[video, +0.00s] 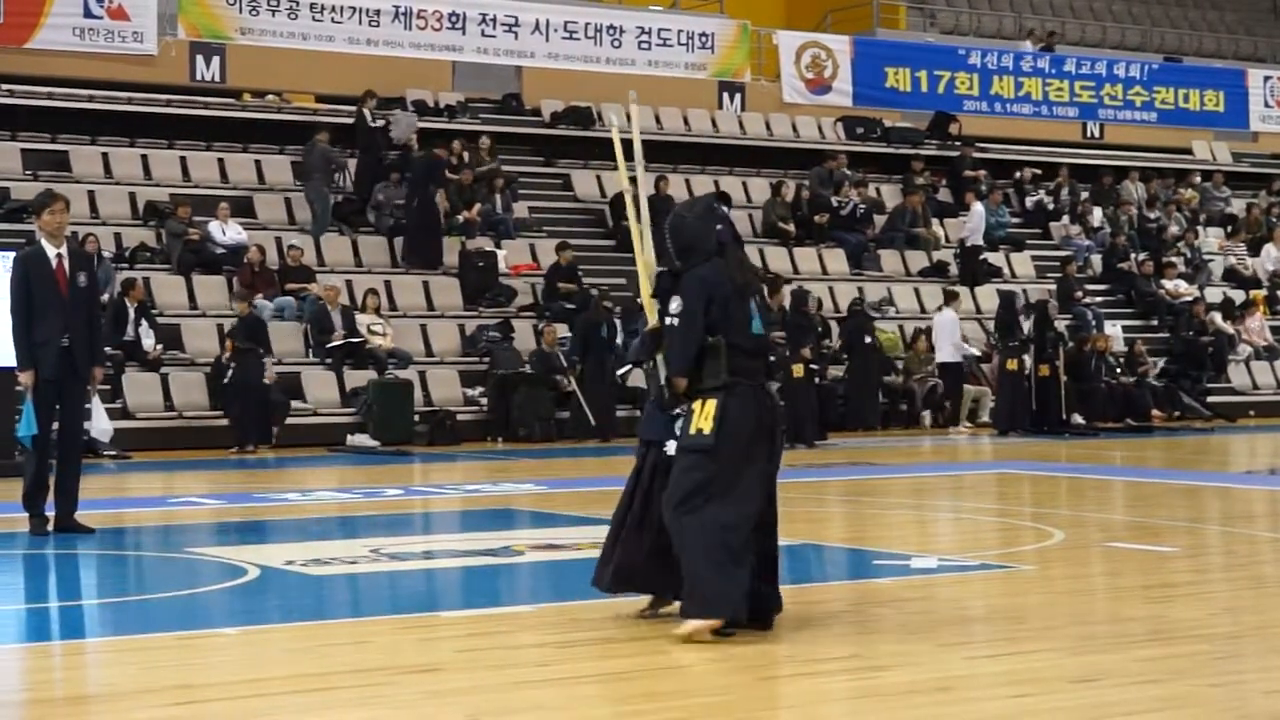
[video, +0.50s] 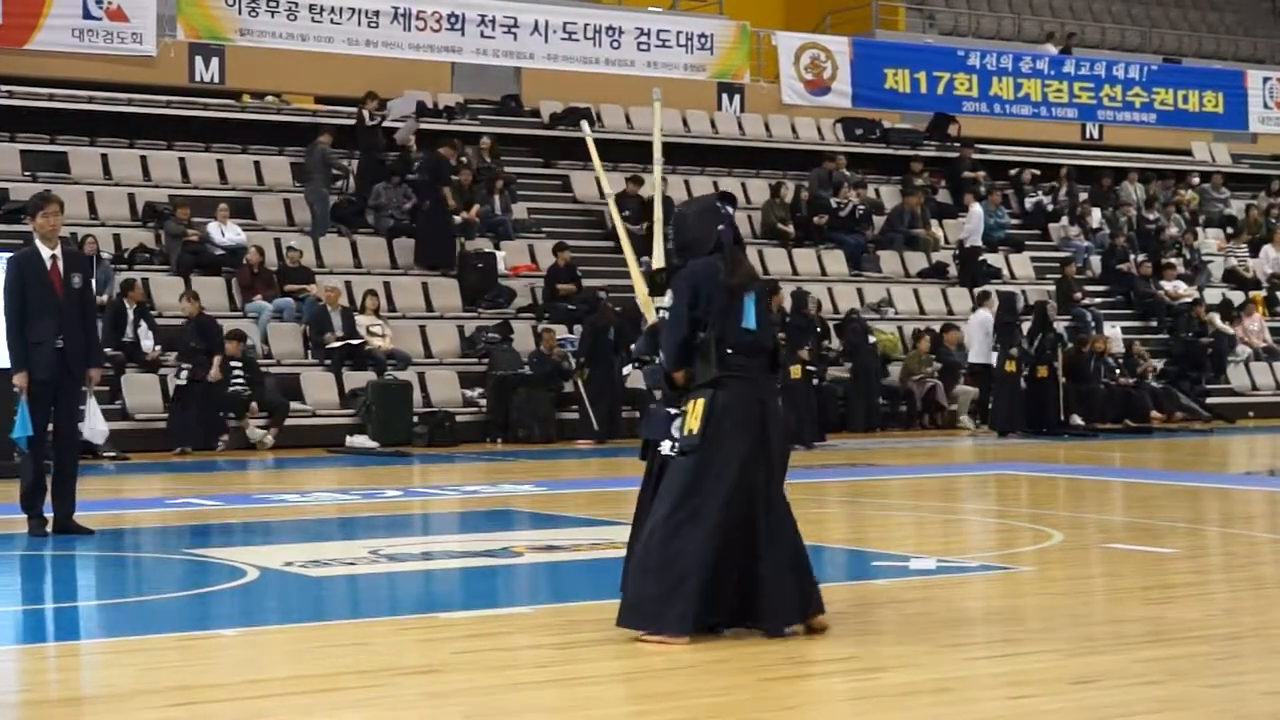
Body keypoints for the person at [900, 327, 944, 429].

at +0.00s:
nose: (924, 344)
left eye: (925, 341)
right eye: (920, 341)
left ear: (928, 343)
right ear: (914, 344)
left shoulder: (931, 358)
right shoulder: (910, 358)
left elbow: (933, 371)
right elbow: (913, 370)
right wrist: (928, 369)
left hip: (928, 379)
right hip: (913, 379)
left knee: (935, 387)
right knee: (915, 388)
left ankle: (928, 414)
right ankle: (917, 417)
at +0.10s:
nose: (924, 344)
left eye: (925, 341)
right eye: (921, 341)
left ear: (927, 343)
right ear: (914, 345)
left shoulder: (930, 358)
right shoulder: (910, 358)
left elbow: (933, 372)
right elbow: (913, 371)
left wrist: (920, 375)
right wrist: (929, 369)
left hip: (927, 380)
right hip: (912, 380)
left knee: (935, 385)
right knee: (914, 388)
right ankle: (916, 416)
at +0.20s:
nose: (924, 344)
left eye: (926, 341)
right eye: (921, 341)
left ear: (928, 344)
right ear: (915, 344)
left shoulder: (930, 358)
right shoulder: (910, 358)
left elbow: (932, 372)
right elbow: (913, 371)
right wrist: (929, 368)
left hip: (926, 380)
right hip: (911, 380)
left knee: (936, 386)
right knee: (914, 388)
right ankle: (915, 417)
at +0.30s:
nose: (927, 344)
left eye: (928, 341)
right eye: (923, 341)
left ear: (930, 344)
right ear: (917, 343)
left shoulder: (930, 358)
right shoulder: (911, 357)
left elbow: (933, 373)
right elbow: (913, 371)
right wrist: (930, 369)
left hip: (925, 380)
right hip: (910, 380)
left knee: (935, 386)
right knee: (914, 388)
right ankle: (915, 416)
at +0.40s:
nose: (928, 344)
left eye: (928, 341)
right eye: (925, 341)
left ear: (929, 343)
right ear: (918, 343)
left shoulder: (928, 357)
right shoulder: (912, 356)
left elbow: (932, 372)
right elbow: (913, 370)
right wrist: (929, 370)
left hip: (923, 380)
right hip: (909, 380)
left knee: (935, 386)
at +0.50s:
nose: (928, 344)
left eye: (929, 342)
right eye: (926, 341)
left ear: (929, 344)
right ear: (918, 343)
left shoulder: (928, 358)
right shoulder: (912, 356)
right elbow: (914, 371)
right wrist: (929, 370)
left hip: (922, 380)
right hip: (909, 380)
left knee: (934, 386)